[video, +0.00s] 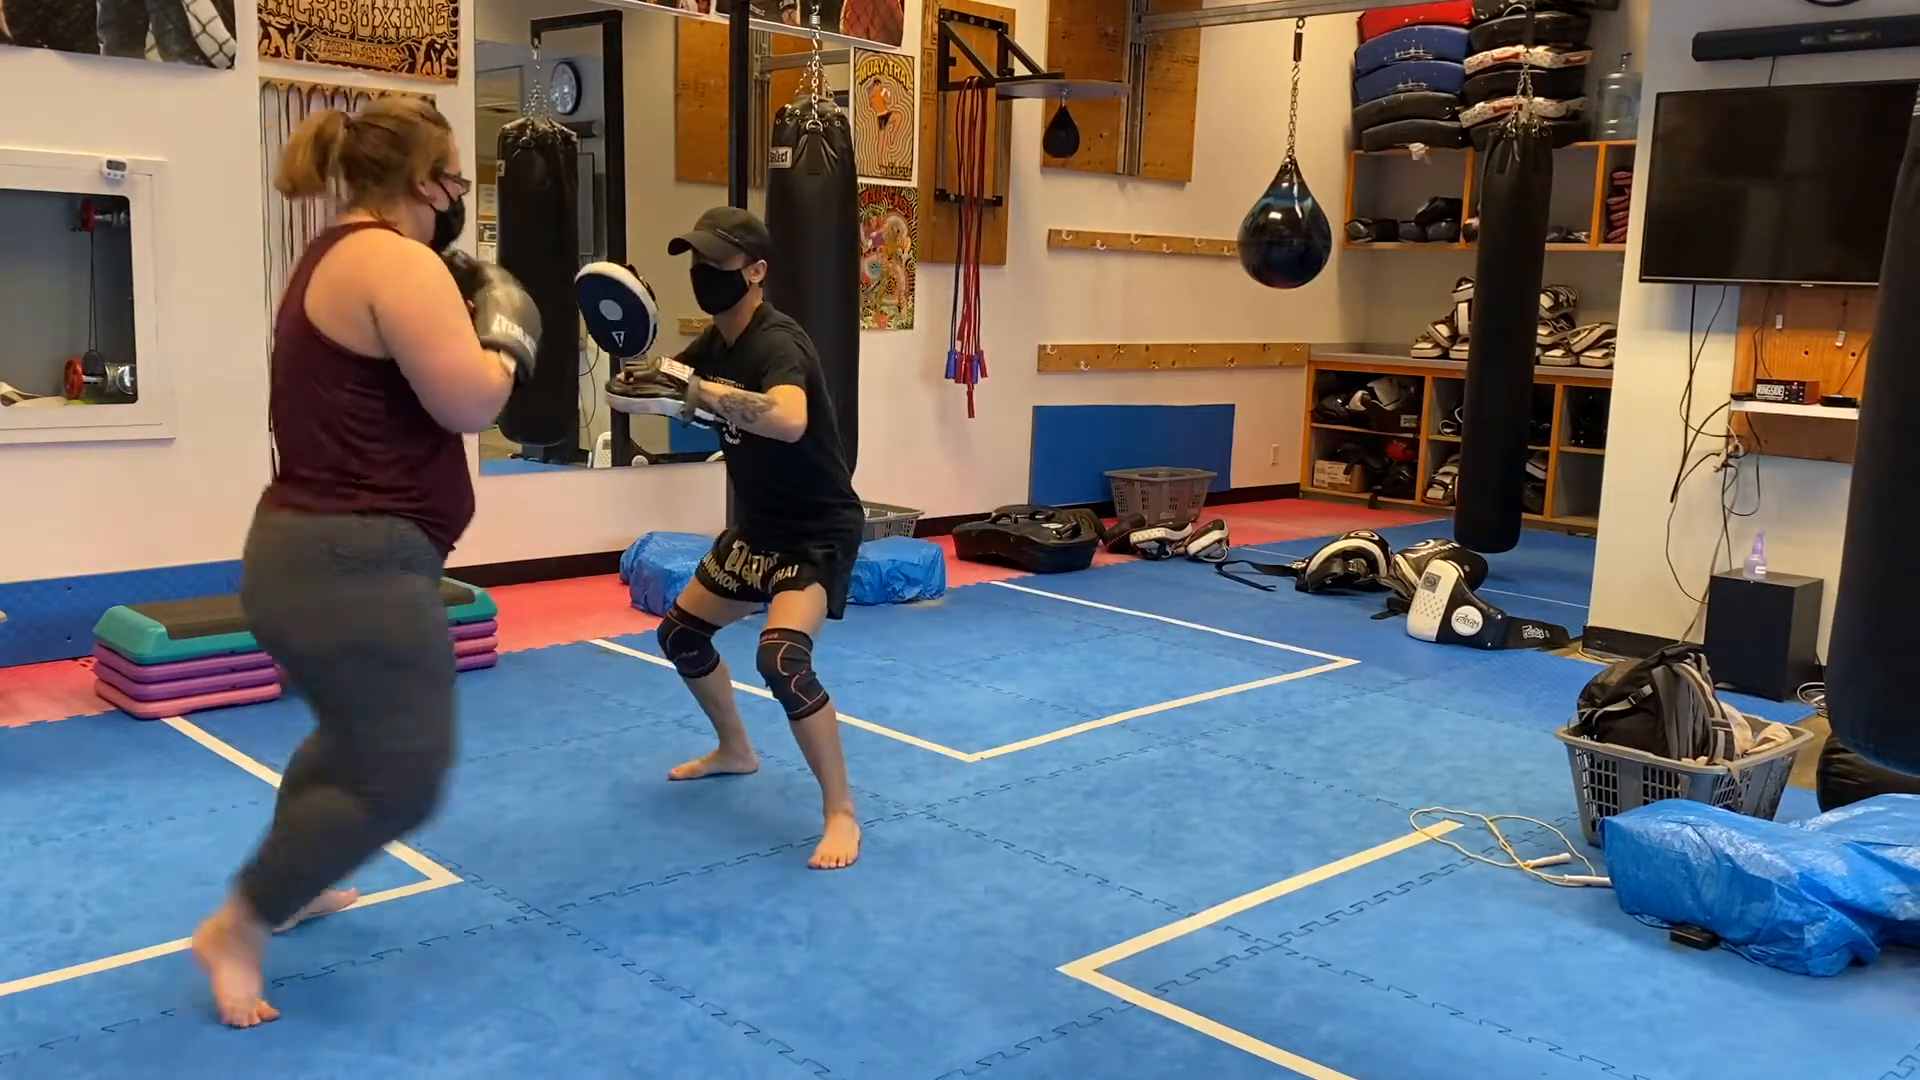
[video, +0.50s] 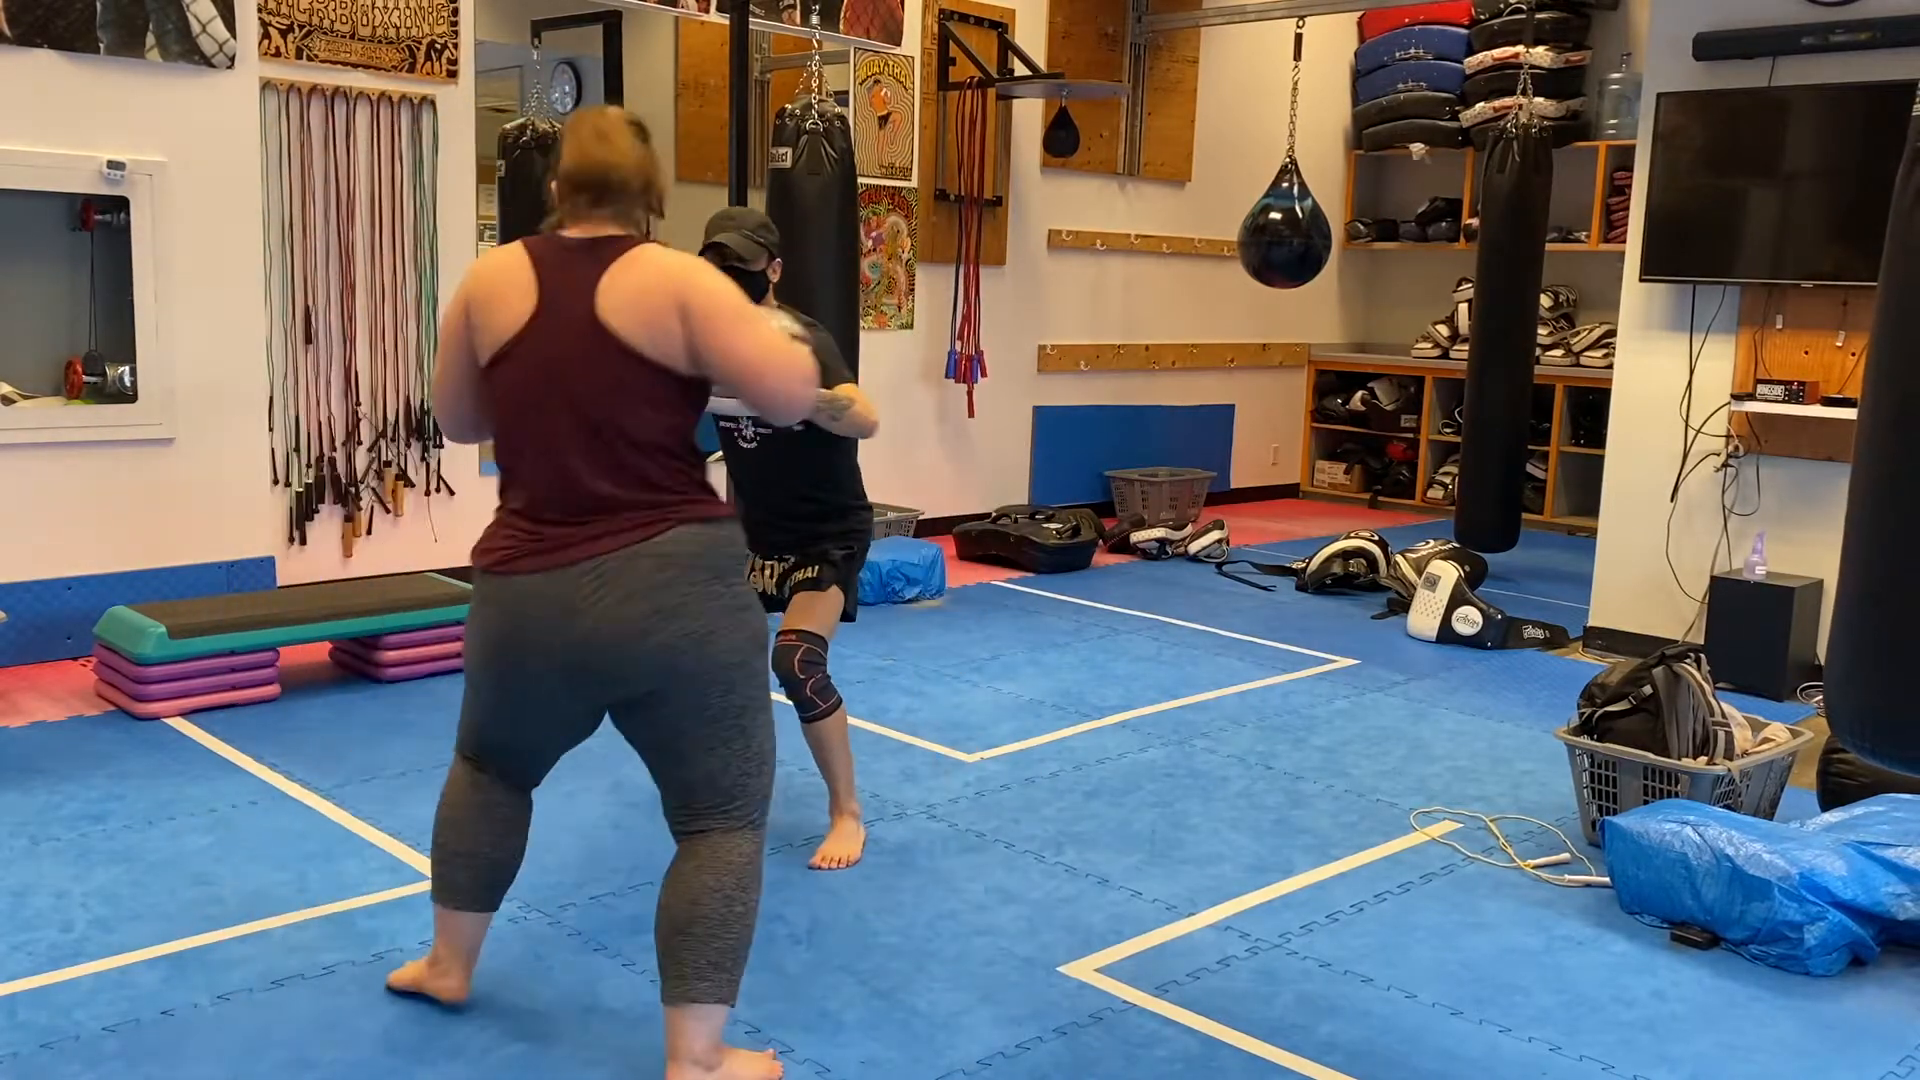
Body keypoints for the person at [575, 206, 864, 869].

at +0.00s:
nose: (699, 277)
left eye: (713, 267)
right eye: (697, 265)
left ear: (754, 270)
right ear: (696, 265)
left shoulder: (780, 342)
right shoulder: (715, 338)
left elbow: (790, 421)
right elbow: (661, 384)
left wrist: (695, 391)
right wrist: (632, 372)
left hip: (820, 528)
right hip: (756, 524)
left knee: (783, 657)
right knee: (681, 635)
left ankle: (840, 813)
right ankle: (735, 749)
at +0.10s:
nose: (699, 280)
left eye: (712, 269)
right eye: (694, 267)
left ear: (753, 272)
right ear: (693, 268)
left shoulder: (777, 342)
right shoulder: (709, 344)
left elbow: (784, 415)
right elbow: (660, 386)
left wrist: (699, 392)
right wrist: (635, 382)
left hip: (817, 531)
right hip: (755, 526)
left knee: (783, 658)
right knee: (682, 636)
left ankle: (840, 812)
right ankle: (735, 749)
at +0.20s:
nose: (700, 280)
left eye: (715, 270)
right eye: (695, 268)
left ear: (754, 271)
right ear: (693, 269)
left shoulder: (780, 342)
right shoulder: (708, 344)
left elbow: (790, 415)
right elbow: (654, 389)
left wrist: (711, 395)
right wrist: (607, 361)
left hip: (821, 529)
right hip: (755, 525)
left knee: (785, 657)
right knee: (683, 637)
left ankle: (841, 812)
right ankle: (735, 749)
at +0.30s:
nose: (706, 278)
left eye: (720, 267)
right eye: (700, 267)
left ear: (757, 269)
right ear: (693, 270)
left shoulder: (784, 340)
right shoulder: (710, 337)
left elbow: (803, 414)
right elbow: (670, 386)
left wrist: (718, 391)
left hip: (825, 526)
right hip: (760, 522)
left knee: (789, 654)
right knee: (685, 633)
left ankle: (846, 813)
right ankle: (735, 748)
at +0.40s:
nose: (714, 283)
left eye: (727, 271)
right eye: (706, 271)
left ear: (762, 272)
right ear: (694, 272)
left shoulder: (794, 339)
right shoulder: (702, 337)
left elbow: (829, 415)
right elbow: (697, 423)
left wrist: (753, 392)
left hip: (827, 525)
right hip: (757, 524)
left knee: (794, 656)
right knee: (683, 642)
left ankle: (846, 815)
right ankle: (690, 796)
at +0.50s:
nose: (720, 280)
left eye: (735, 268)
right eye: (713, 267)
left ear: (770, 271)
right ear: (700, 268)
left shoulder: (800, 337)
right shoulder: (704, 340)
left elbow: (866, 420)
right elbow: (686, 433)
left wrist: (804, 399)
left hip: (829, 525)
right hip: (754, 526)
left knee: (797, 658)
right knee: (711, 656)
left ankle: (846, 814)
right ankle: (716, 808)